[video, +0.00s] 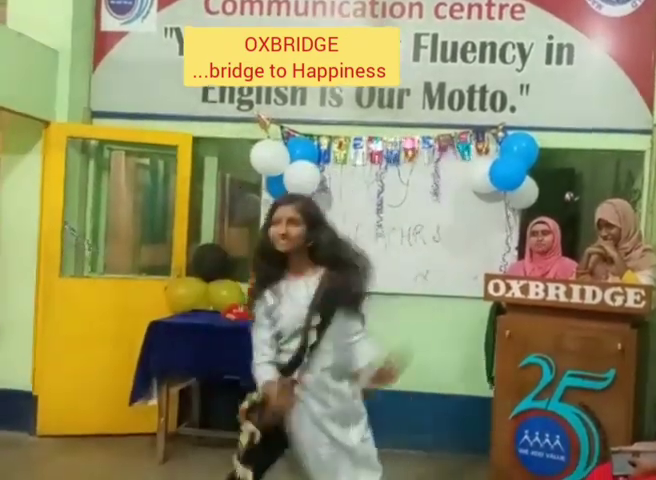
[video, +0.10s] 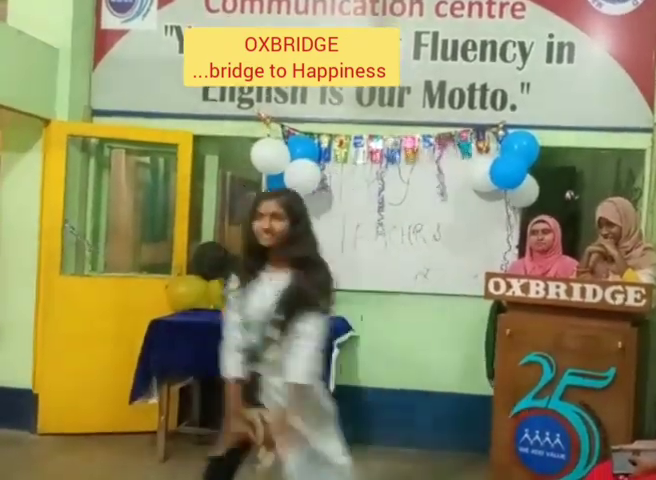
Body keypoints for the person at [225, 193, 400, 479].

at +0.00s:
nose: (283, 231)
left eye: (293, 223)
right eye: (276, 223)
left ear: (311, 230)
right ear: (268, 231)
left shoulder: (337, 281)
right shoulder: (268, 289)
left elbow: (354, 338)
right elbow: (261, 352)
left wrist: (372, 370)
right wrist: (272, 387)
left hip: (338, 399)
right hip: (290, 401)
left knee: (359, 470)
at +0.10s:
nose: (266, 226)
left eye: (276, 218)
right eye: (260, 217)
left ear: (295, 225)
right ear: (251, 223)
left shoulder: (310, 276)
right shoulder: (244, 273)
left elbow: (307, 343)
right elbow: (232, 338)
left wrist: (289, 411)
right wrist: (234, 410)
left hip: (298, 392)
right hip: (253, 392)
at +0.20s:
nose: (255, 218)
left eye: (265, 210)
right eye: (248, 209)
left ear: (283, 217)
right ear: (239, 215)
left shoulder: (295, 269)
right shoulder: (228, 264)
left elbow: (280, 339)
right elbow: (209, 327)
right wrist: (197, 397)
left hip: (277, 389)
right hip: (230, 385)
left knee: (280, 467)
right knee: (203, 465)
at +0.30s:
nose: (238, 207)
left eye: (248, 200)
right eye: (231, 198)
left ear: (267, 206)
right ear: (221, 203)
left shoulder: (281, 257)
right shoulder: (220, 248)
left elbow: (259, 323)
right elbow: (185, 297)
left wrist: (201, 350)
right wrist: (154, 341)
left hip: (261, 377)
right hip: (222, 371)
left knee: (240, 467)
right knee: (224, 461)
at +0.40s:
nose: (224, 204)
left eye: (235, 196)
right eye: (218, 195)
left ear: (256, 202)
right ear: (210, 200)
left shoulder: (271, 257)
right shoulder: (213, 250)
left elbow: (254, 314)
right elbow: (166, 290)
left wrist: (196, 319)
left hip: (246, 368)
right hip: (210, 363)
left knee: (219, 456)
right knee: (200, 449)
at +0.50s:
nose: (218, 201)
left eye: (229, 193)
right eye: (213, 192)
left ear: (250, 199)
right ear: (206, 195)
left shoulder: (265, 249)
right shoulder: (210, 242)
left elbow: (256, 310)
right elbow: (162, 273)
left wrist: (194, 333)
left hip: (238, 356)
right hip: (204, 347)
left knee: (212, 438)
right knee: (193, 431)